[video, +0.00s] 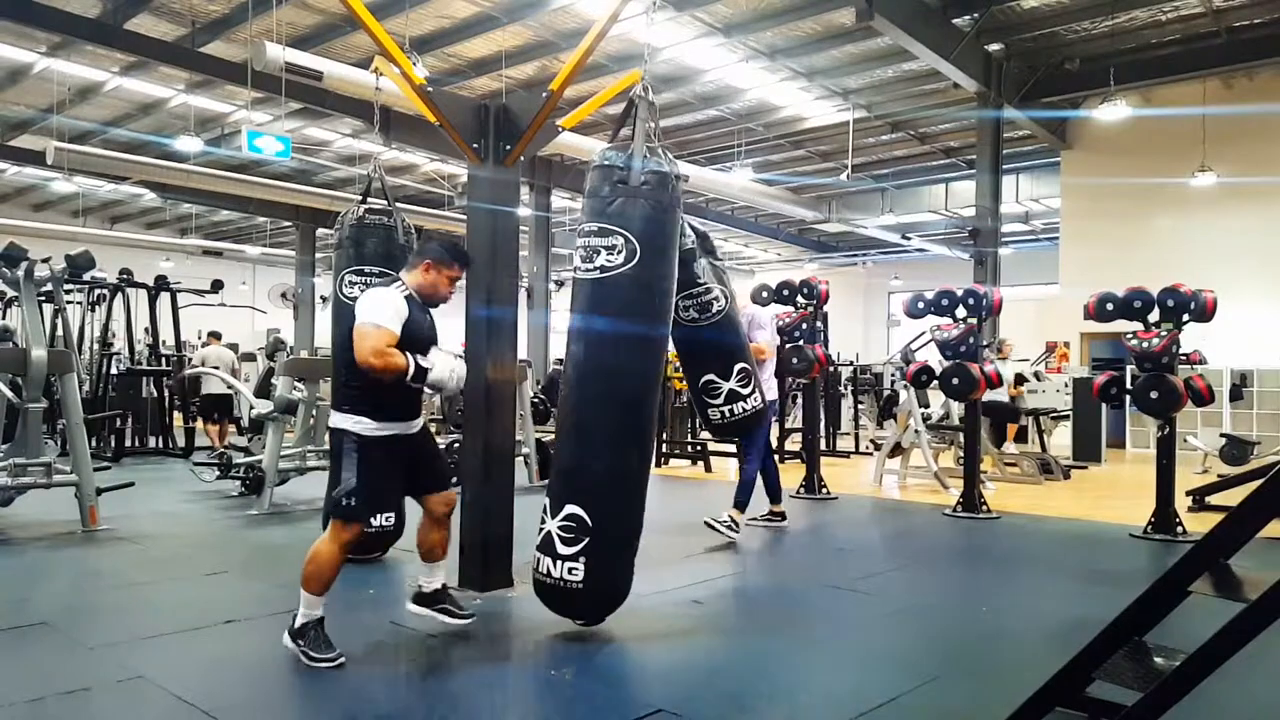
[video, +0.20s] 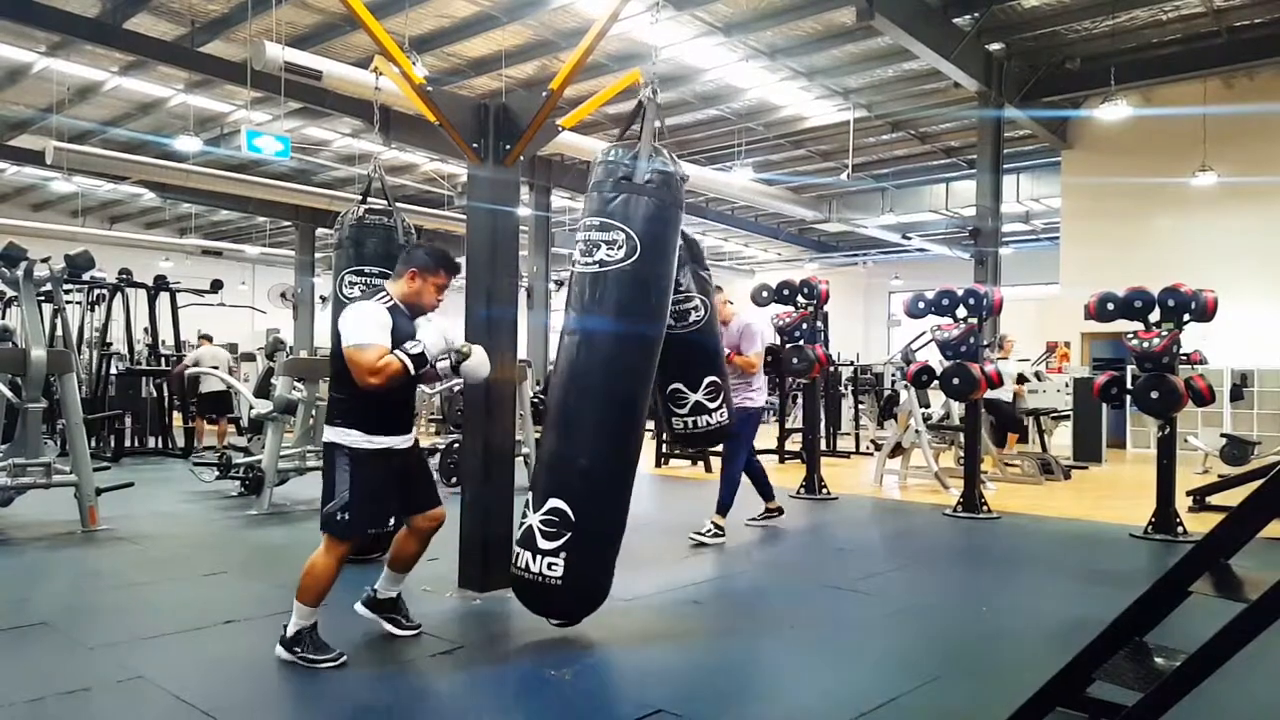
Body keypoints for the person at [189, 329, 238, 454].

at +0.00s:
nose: (207, 342)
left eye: (208, 340)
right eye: (208, 340)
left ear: (209, 340)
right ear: (220, 340)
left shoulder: (203, 352)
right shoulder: (230, 353)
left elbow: (193, 368)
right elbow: (237, 371)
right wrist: (236, 385)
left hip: (208, 391)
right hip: (227, 392)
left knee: (208, 421)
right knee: (224, 421)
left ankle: (216, 446)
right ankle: (222, 446)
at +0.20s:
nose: (199, 345)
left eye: (199, 343)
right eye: (199, 343)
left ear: (202, 341)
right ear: (211, 341)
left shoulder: (199, 351)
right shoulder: (225, 352)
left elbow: (183, 366)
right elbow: (233, 370)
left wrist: (173, 372)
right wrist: (233, 385)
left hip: (206, 391)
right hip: (224, 390)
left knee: (200, 418)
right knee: (223, 419)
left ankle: (199, 446)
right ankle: (220, 446)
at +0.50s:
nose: (186, 355)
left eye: (186, 353)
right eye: (186, 353)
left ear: (188, 351)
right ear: (197, 347)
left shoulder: (188, 357)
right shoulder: (212, 353)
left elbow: (176, 369)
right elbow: (222, 365)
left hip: (202, 389)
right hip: (219, 386)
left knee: (197, 420)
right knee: (220, 419)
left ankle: (197, 446)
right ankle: (219, 445)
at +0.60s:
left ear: (187, 352)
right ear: (199, 349)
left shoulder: (186, 362)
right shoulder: (210, 355)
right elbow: (218, 370)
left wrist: (184, 404)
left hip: (199, 390)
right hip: (217, 387)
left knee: (196, 420)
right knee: (219, 418)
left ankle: (197, 447)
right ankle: (219, 446)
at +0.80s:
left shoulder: (180, 365)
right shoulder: (206, 357)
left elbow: (180, 390)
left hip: (199, 390)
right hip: (217, 386)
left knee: (196, 420)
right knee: (219, 418)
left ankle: (196, 447)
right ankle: (219, 446)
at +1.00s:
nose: (171, 367)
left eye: (172, 365)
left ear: (175, 360)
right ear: (185, 356)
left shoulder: (176, 364)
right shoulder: (201, 356)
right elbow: (217, 367)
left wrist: (140, 388)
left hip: (200, 391)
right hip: (217, 387)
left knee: (196, 421)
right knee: (219, 419)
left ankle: (196, 447)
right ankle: (220, 446)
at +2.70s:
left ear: (176, 360)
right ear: (187, 355)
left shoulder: (176, 363)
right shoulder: (201, 357)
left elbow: (160, 380)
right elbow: (215, 367)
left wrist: (142, 386)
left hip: (199, 391)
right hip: (217, 387)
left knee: (196, 422)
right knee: (218, 419)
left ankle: (196, 448)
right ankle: (220, 446)